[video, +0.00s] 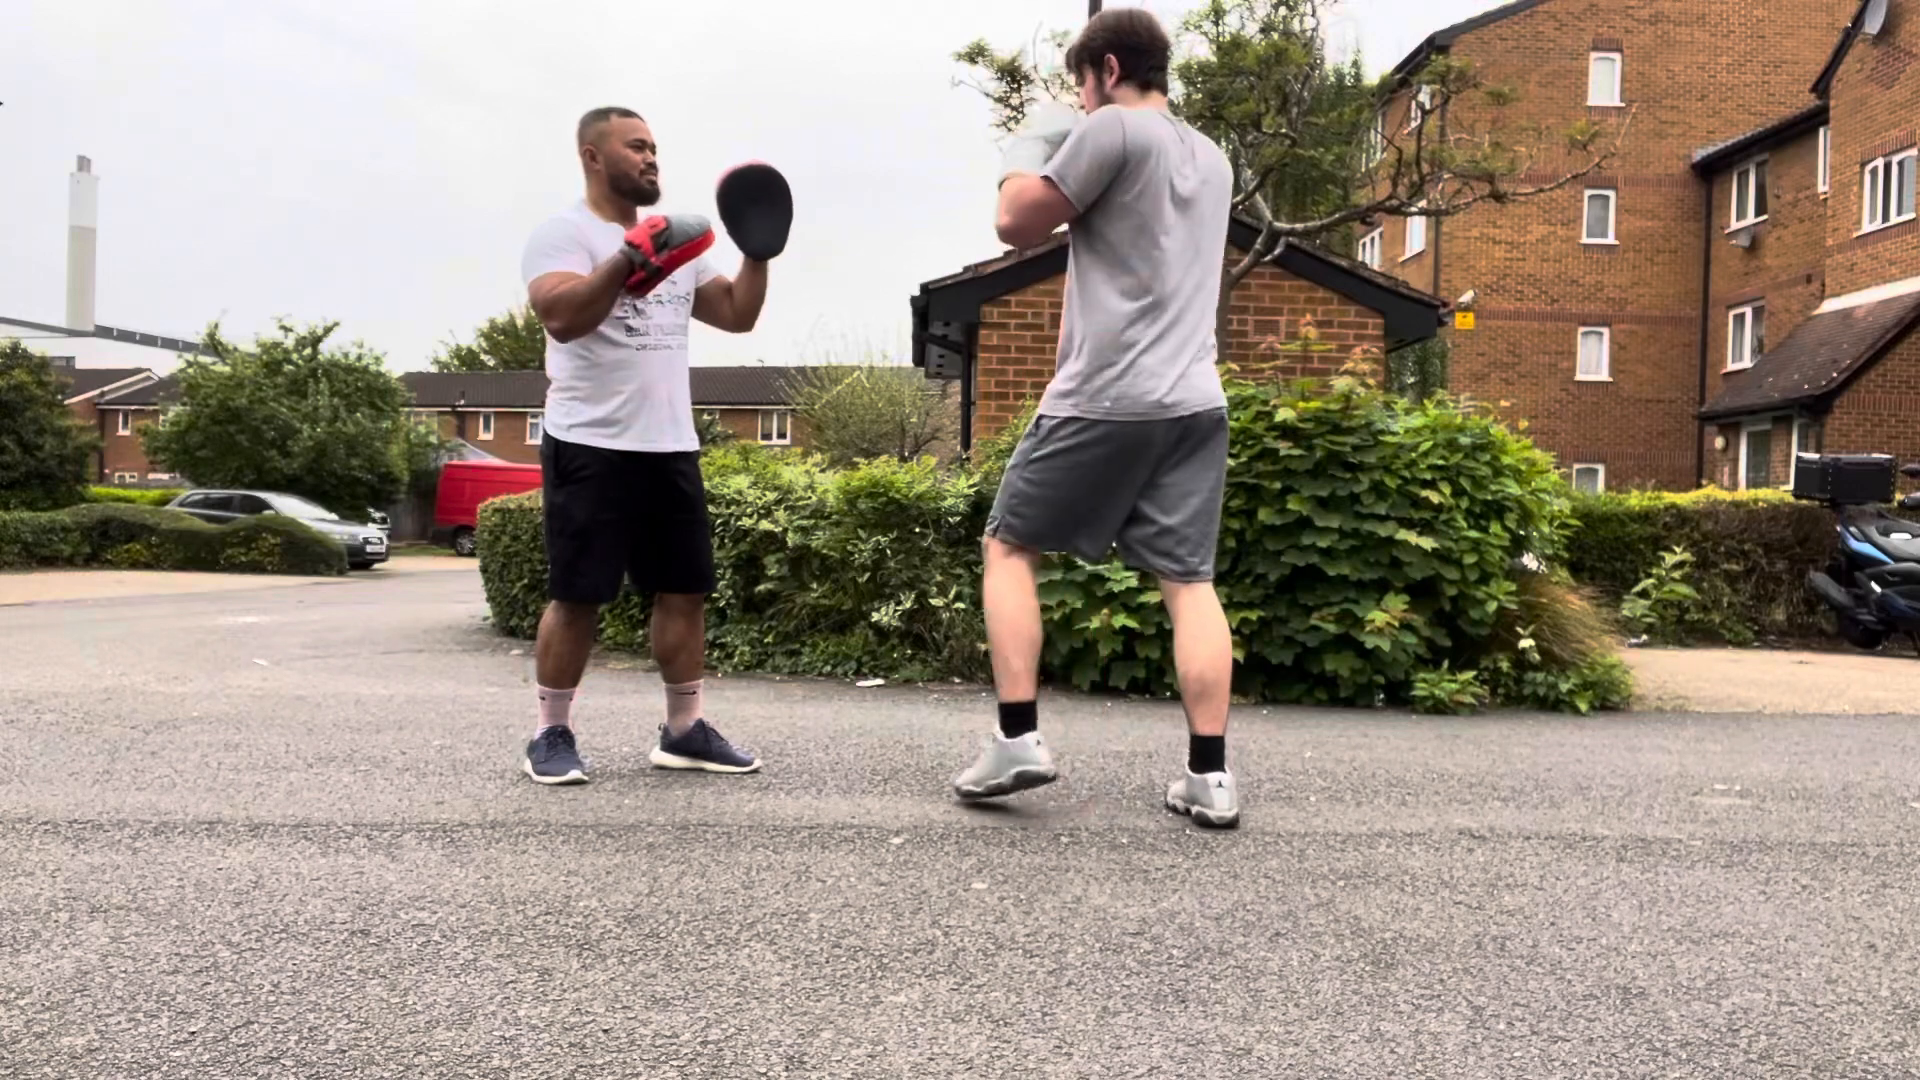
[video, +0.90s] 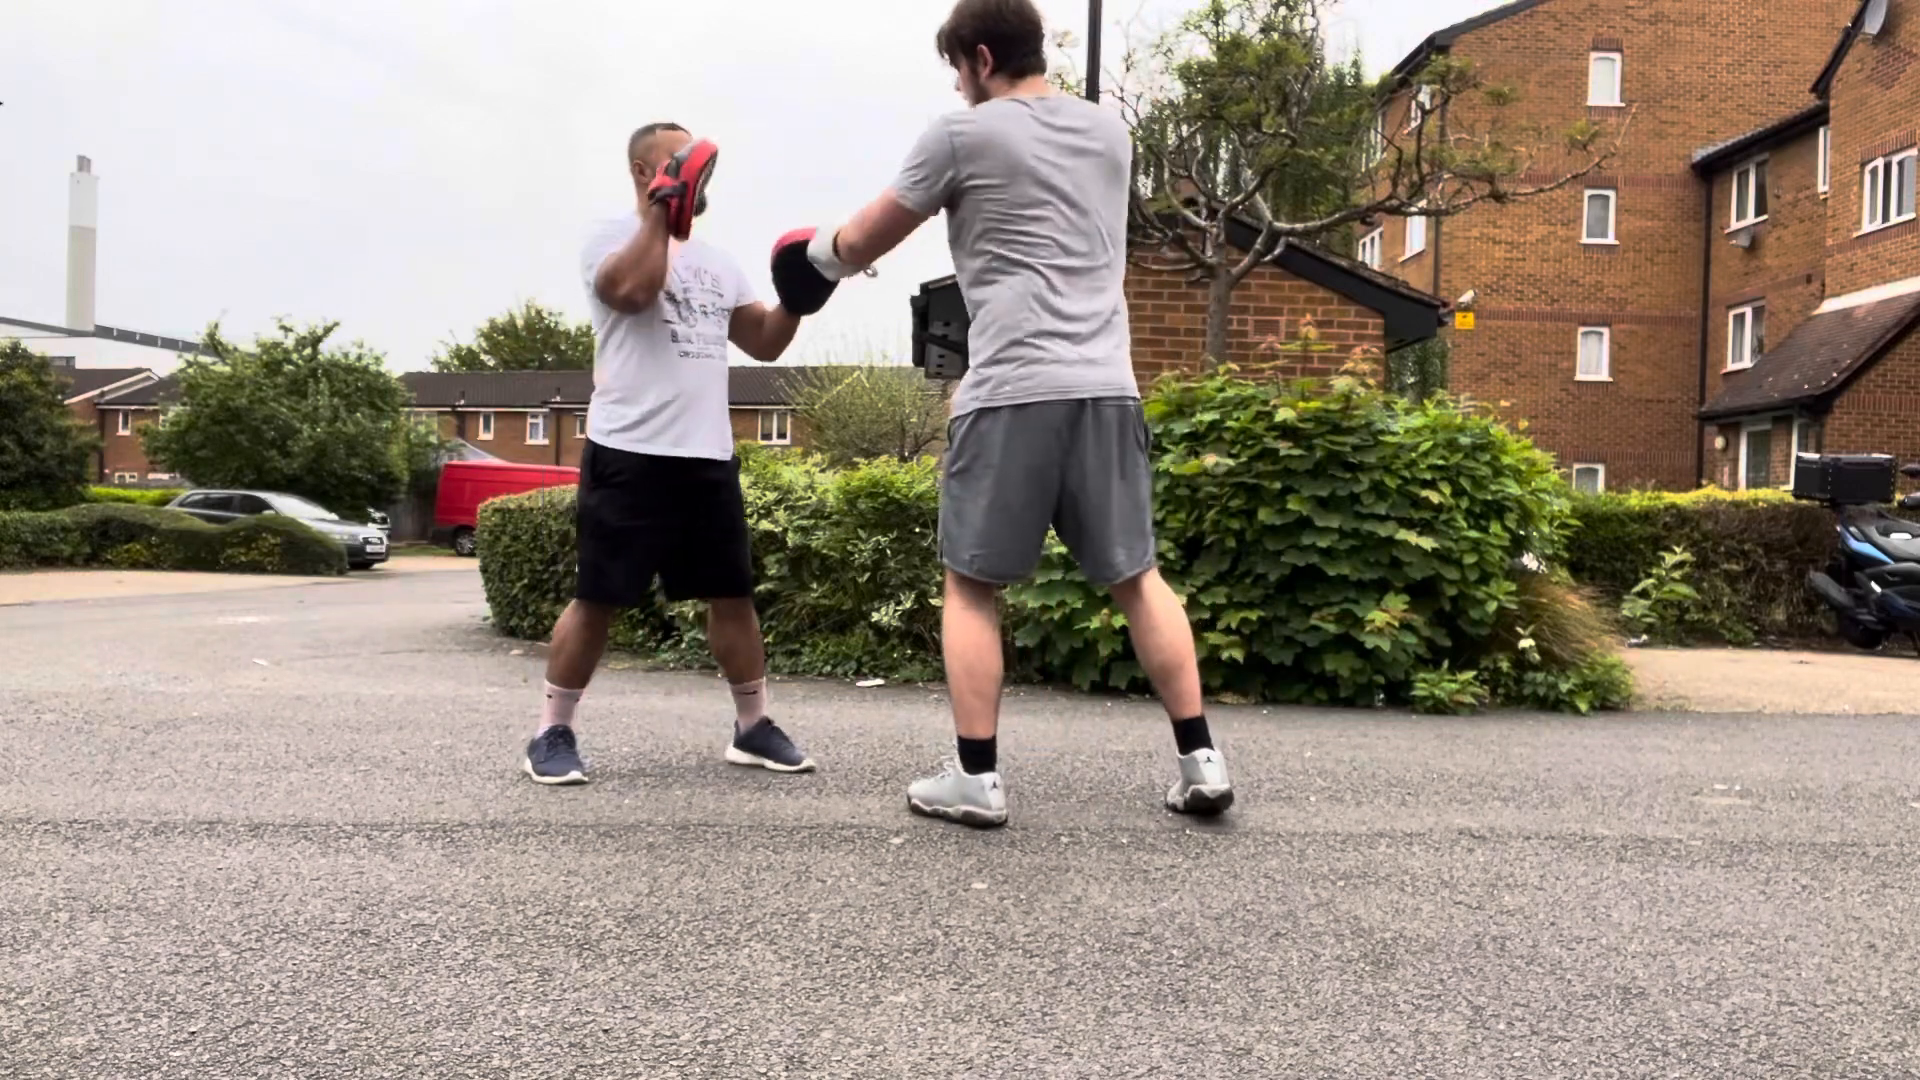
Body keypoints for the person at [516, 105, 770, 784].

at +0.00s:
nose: (652, 160)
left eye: (654, 150)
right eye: (637, 147)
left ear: (653, 164)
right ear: (592, 157)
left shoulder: (675, 243)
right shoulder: (561, 234)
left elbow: (737, 312)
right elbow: (561, 318)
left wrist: (756, 247)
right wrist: (631, 255)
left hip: (670, 443)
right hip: (587, 443)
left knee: (683, 586)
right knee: (576, 592)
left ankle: (684, 727)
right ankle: (552, 732)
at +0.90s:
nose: (695, 177)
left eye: (698, 165)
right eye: (682, 165)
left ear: (694, 176)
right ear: (648, 175)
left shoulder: (715, 260)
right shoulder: (609, 237)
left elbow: (764, 341)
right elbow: (631, 292)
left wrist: (798, 291)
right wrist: (661, 212)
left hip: (707, 453)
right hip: (626, 450)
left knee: (732, 591)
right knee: (597, 596)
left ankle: (754, 725)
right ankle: (553, 730)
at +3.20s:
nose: (779, 189)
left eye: (785, 180)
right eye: (763, 178)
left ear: (794, 194)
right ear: (727, 191)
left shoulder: (815, 267)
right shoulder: (693, 264)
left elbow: (877, 335)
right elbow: (663, 349)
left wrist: (897, 272)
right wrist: (707, 276)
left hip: (798, 464)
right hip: (711, 463)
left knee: (821, 591)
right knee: (689, 600)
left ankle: (829, 728)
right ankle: (666, 721)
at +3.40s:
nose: (770, 188)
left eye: (775, 179)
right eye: (755, 177)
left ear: (782, 193)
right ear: (718, 191)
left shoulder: (807, 267)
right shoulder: (684, 265)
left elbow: (871, 332)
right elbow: (661, 350)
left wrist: (892, 298)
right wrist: (706, 278)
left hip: (792, 461)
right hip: (707, 461)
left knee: (814, 591)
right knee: (688, 598)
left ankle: (830, 727)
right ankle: (666, 721)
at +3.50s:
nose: (767, 187)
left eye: (770, 179)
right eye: (751, 177)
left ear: (776, 195)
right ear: (713, 194)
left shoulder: (802, 268)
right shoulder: (680, 265)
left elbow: (845, 335)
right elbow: (663, 350)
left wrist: (867, 342)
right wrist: (705, 279)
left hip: (791, 459)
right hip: (705, 459)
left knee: (811, 591)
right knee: (687, 599)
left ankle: (829, 727)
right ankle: (665, 721)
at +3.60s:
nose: (765, 188)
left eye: (769, 180)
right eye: (750, 178)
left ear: (775, 194)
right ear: (712, 192)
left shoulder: (799, 273)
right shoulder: (677, 264)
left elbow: (835, 349)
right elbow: (662, 348)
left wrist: (830, 353)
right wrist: (708, 282)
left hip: (788, 461)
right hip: (703, 459)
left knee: (809, 592)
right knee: (686, 599)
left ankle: (829, 727)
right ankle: (665, 722)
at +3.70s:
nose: (764, 190)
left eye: (769, 183)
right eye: (750, 180)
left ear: (775, 197)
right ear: (712, 193)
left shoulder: (793, 272)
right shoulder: (675, 265)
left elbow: (829, 370)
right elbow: (658, 345)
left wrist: (837, 345)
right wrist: (708, 292)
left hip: (784, 459)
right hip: (700, 458)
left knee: (805, 594)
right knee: (684, 600)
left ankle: (828, 727)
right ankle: (665, 722)